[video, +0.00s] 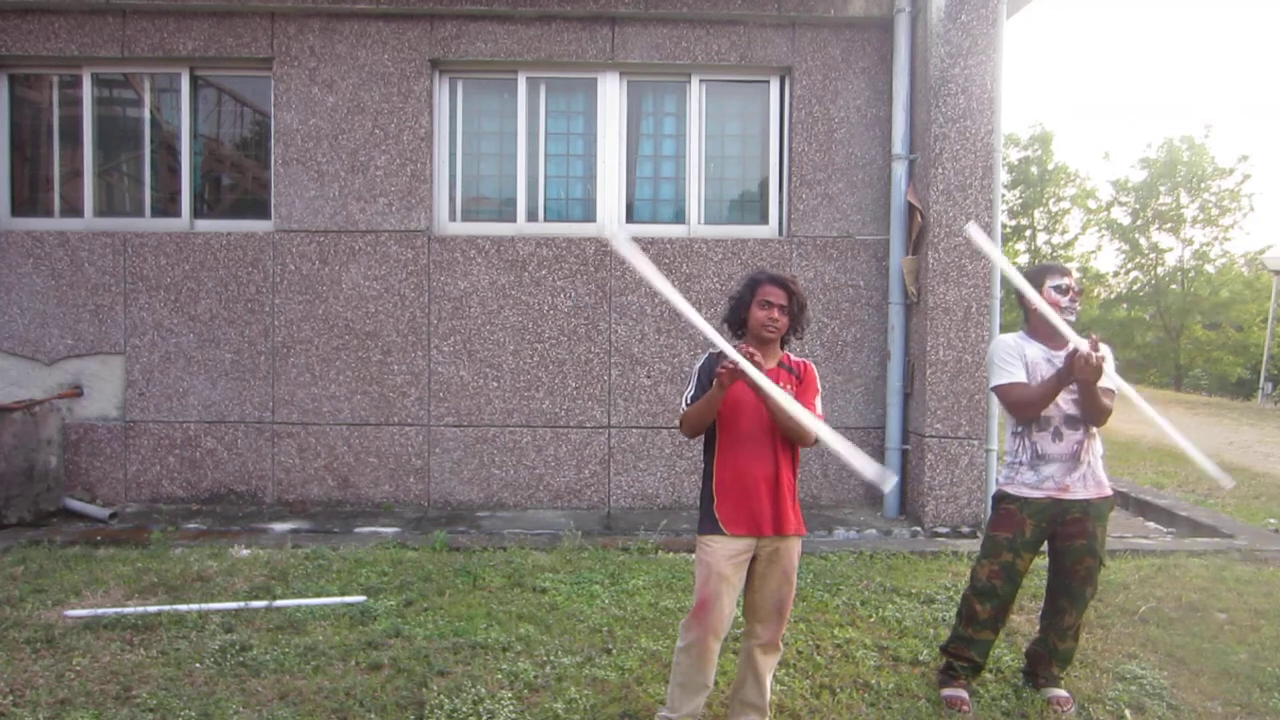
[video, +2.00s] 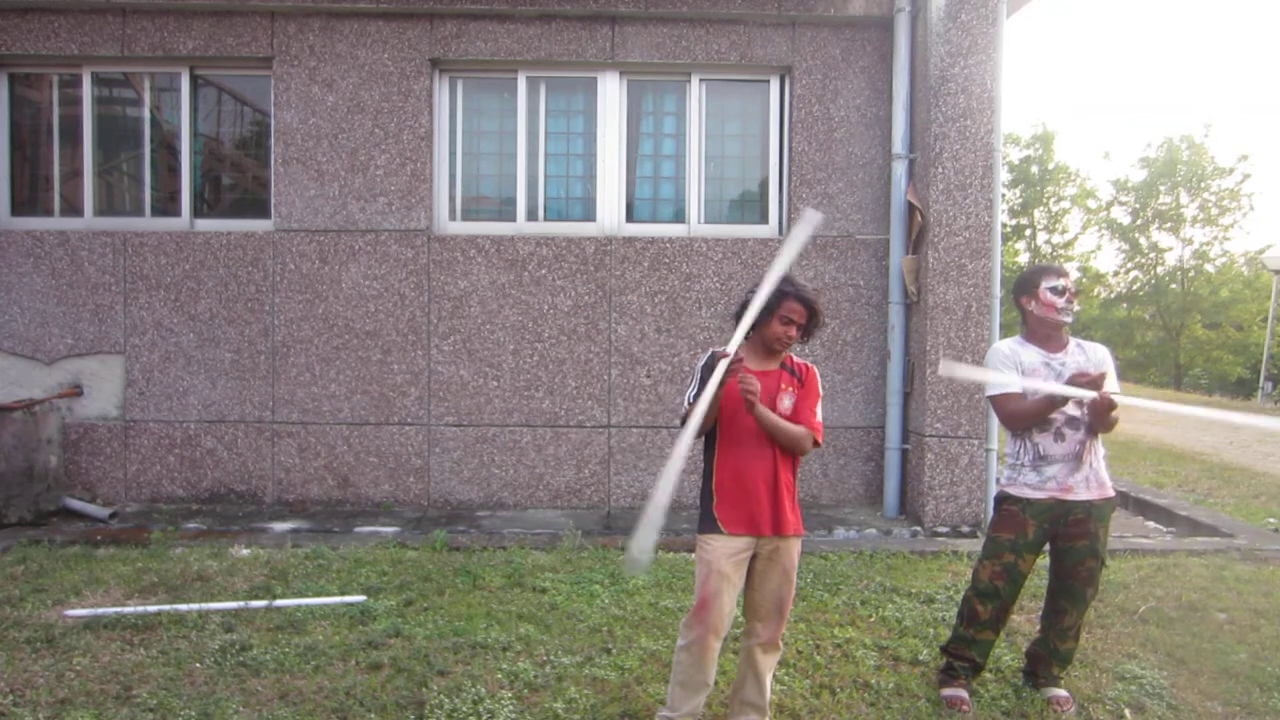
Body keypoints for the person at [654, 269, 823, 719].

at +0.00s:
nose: (774, 315)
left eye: (783, 309)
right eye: (765, 305)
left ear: (791, 320)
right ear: (744, 311)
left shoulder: (801, 370)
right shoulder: (717, 362)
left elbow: (806, 436)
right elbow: (689, 427)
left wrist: (764, 381)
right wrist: (722, 386)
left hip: (782, 519)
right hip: (725, 518)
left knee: (767, 635)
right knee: (707, 623)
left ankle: (750, 714)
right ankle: (679, 714)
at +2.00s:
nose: (792, 333)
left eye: (800, 326)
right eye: (785, 321)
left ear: (804, 330)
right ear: (759, 316)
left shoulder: (804, 373)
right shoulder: (719, 363)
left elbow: (805, 442)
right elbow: (695, 426)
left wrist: (758, 409)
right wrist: (719, 379)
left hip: (782, 520)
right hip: (725, 519)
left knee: (767, 635)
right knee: (707, 624)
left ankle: (749, 715)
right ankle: (678, 714)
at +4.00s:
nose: (788, 321)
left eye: (798, 315)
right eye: (781, 309)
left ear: (804, 326)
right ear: (758, 310)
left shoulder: (809, 374)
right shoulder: (722, 362)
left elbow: (805, 442)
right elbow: (696, 429)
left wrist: (766, 406)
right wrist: (724, 389)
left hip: (784, 521)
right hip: (727, 519)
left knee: (767, 635)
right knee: (709, 624)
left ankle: (749, 715)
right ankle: (678, 714)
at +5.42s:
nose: (802, 326)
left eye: (810, 320)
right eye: (794, 314)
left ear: (814, 329)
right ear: (766, 313)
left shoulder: (807, 369)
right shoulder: (727, 353)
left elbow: (795, 433)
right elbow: (701, 414)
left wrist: (761, 386)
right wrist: (728, 364)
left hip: (781, 517)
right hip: (724, 515)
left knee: (767, 633)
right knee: (708, 619)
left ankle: (749, 714)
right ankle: (679, 713)